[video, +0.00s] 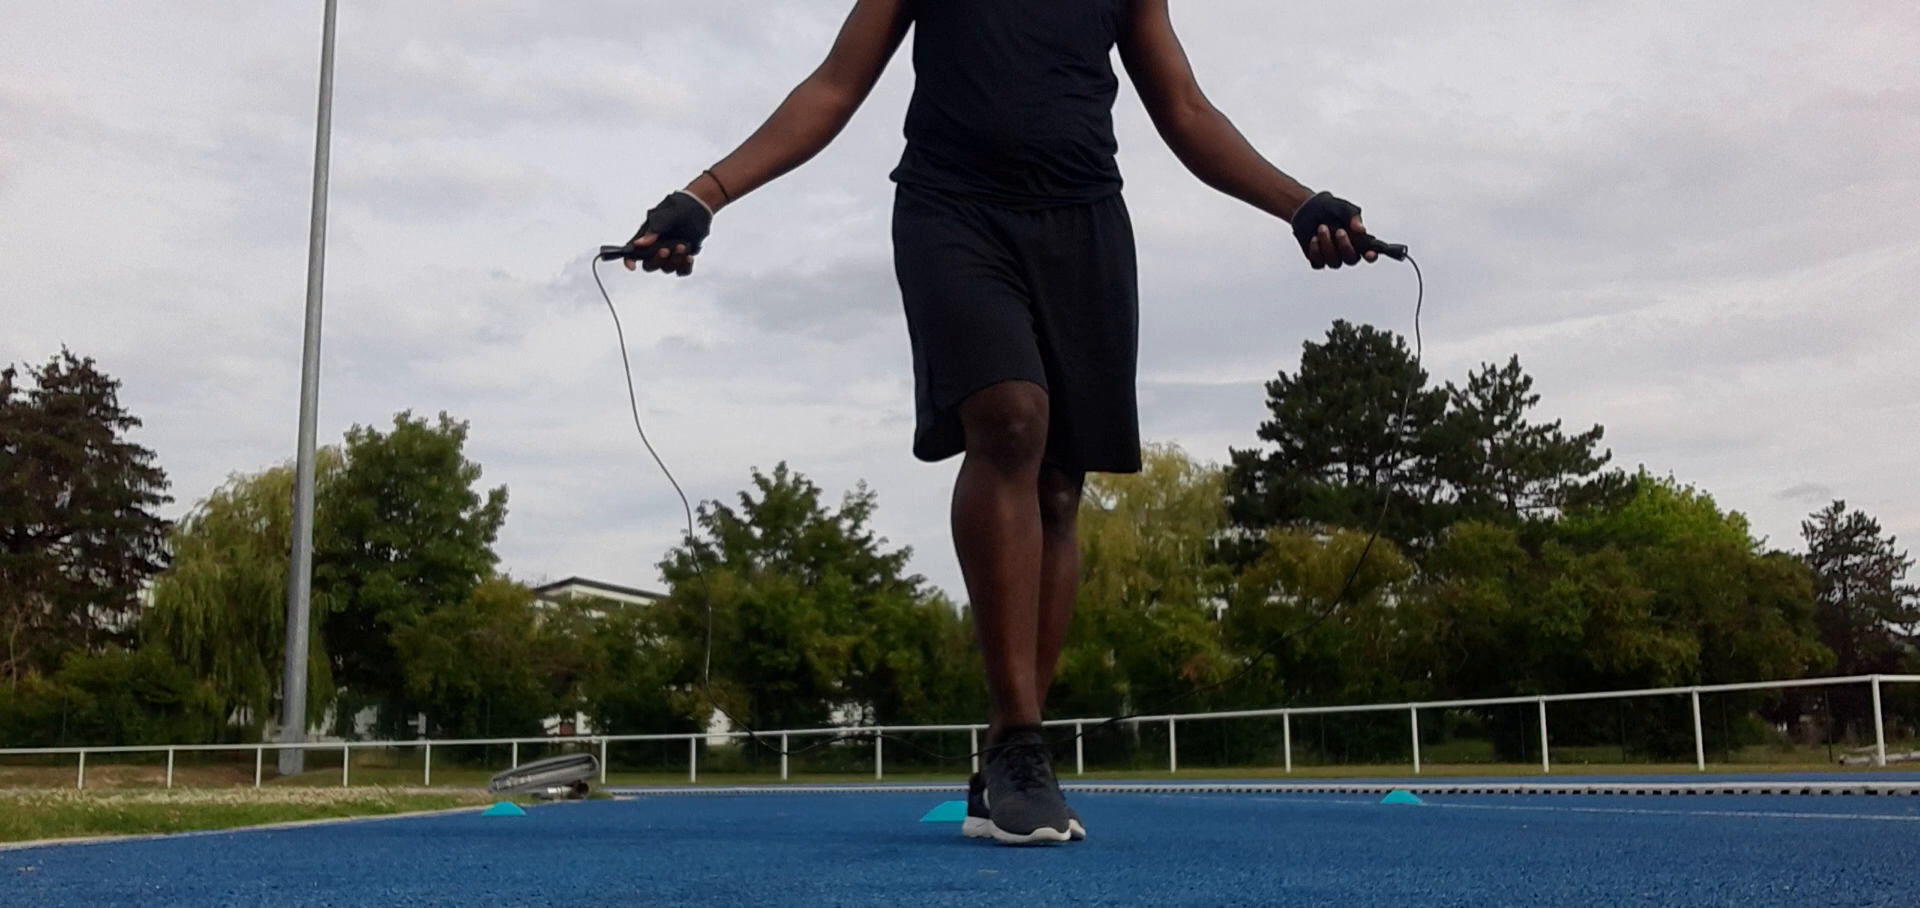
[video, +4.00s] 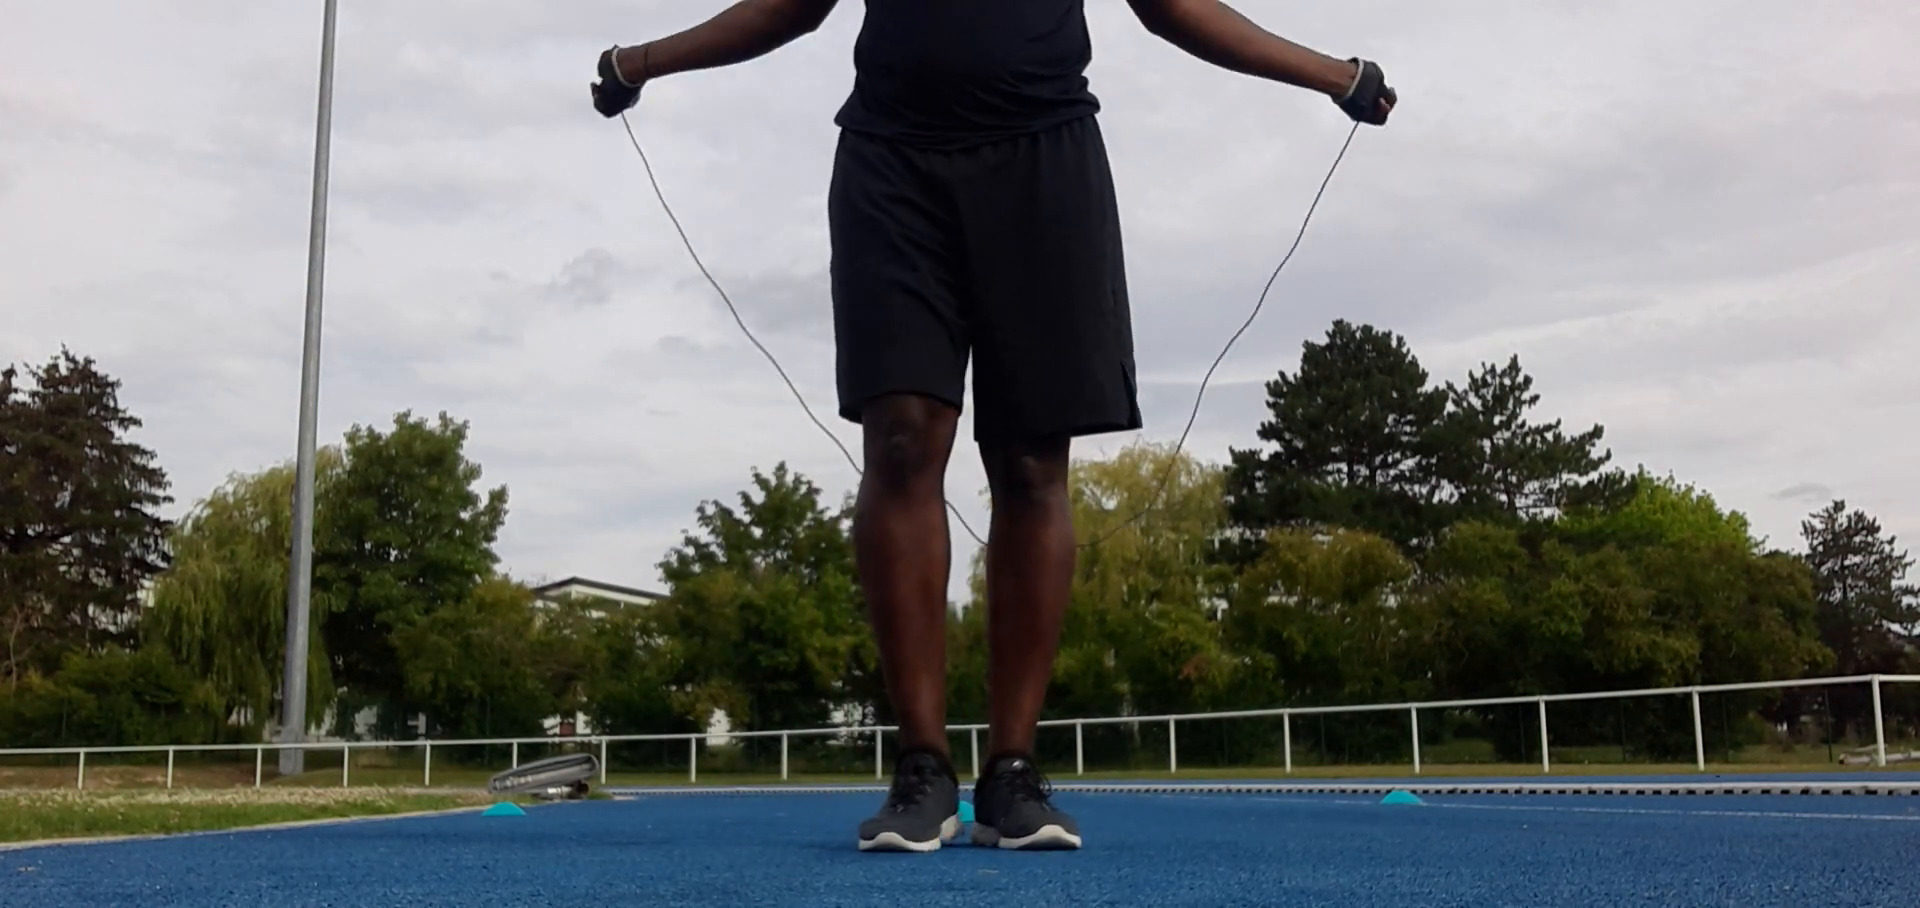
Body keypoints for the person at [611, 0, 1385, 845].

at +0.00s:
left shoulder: (1128, 1)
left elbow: (1186, 111)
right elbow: (834, 86)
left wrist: (1300, 203)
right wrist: (704, 192)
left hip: (1082, 216)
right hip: (952, 210)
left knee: (1057, 490)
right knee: (1012, 417)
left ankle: (1012, 758)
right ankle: (1020, 746)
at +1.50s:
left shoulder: (1077, 12)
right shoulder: (871, 8)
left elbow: (1119, 134)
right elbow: (802, 98)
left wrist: (1248, 202)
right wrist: (667, 169)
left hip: (1026, 234)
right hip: (891, 229)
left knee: (1021, 500)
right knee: (896, 455)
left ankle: (1003, 774)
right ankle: (888, 759)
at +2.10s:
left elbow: (1036, 99)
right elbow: (729, 101)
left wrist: (1172, 209)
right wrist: (622, 219)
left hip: (975, 205)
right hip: (834, 212)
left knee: (996, 410)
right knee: (839, 488)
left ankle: (972, 655)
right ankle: (872, 772)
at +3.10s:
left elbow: (1123, 81)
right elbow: (782, 41)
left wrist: (1280, 147)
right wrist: (624, 89)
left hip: (1031, 185)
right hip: (882, 187)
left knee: (1032, 470)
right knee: (889, 445)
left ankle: (1010, 770)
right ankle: (879, 743)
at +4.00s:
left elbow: (1173, 6)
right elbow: (793, 7)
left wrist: (1326, 70)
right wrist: (648, 57)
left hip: (1042, 150)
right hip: (893, 153)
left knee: (1032, 462)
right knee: (902, 442)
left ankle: (1012, 778)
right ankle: (920, 772)